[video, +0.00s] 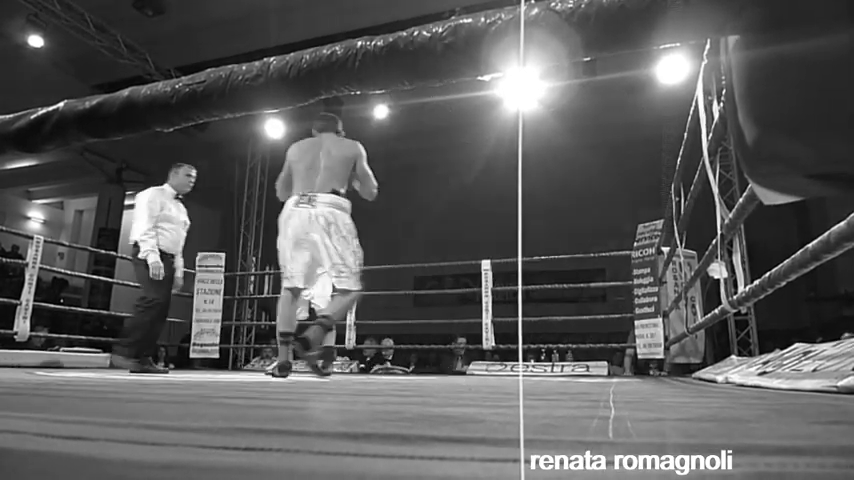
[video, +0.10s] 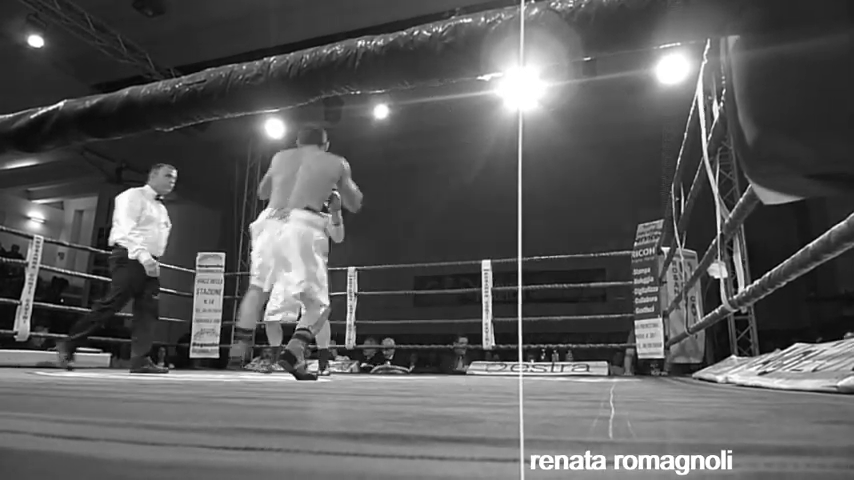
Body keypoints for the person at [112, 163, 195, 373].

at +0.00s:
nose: (192, 182)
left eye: (194, 179)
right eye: (189, 176)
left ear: (192, 183)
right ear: (174, 174)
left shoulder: (181, 210)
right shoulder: (151, 195)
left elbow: (178, 245)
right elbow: (143, 228)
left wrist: (179, 270)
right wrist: (152, 255)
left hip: (168, 258)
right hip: (148, 253)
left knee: (161, 305)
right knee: (153, 299)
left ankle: (144, 356)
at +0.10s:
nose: (173, 182)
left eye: (174, 180)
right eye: (169, 177)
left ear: (173, 184)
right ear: (153, 175)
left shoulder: (160, 209)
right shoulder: (131, 196)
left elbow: (154, 237)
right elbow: (125, 232)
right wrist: (142, 255)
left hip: (149, 260)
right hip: (127, 255)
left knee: (147, 311)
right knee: (112, 304)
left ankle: (140, 359)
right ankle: (68, 344)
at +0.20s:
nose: (159, 184)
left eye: (161, 181)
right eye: (155, 178)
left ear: (160, 185)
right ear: (140, 177)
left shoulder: (147, 211)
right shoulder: (117, 198)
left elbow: (143, 241)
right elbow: (114, 231)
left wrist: (141, 260)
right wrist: (131, 256)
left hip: (135, 261)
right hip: (110, 256)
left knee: (136, 311)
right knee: (89, 305)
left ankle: (139, 361)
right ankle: (48, 350)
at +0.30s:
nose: (138, 188)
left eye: (140, 184)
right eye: (134, 182)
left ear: (140, 189)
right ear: (119, 179)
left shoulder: (125, 216)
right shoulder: (95, 201)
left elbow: (119, 247)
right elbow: (93, 237)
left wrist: (116, 267)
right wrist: (110, 263)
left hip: (108, 263)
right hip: (85, 258)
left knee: (115, 311)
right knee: (68, 309)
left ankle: (133, 359)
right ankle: (42, 358)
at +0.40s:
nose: (127, 186)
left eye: (129, 183)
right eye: (124, 180)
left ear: (127, 186)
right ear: (109, 177)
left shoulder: (114, 212)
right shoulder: (83, 199)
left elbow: (108, 244)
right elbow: (78, 235)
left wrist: (107, 267)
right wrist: (89, 264)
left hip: (99, 260)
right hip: (75, 257)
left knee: (107, 310)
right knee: (63, 308)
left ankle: (121, 360)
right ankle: (41, 356)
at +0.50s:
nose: (118, 182)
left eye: (120, 179)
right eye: (114, 177)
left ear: (119, 183)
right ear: (99, 174)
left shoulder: (105, 209)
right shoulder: (74, 195)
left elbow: (100, 243)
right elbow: (62, 230)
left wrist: (101, 267)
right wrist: (63, 261)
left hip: (95, 262)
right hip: (73, 256)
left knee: (100, 307)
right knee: (58, 306)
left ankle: (90, 357)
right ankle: (40, 355)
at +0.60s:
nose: (105, 181)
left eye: (107, 178)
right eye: (101, 175)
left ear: (107, 182)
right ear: (85, 173)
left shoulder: (94, 209)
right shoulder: (62, 195)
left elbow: (90, 246)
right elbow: (38, 228)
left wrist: (95, 272)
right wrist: (28, 258)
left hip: (81, 261)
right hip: (58, 255)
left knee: (80, 306)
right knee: (52, 305)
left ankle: (52, 351)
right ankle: (39, 355)